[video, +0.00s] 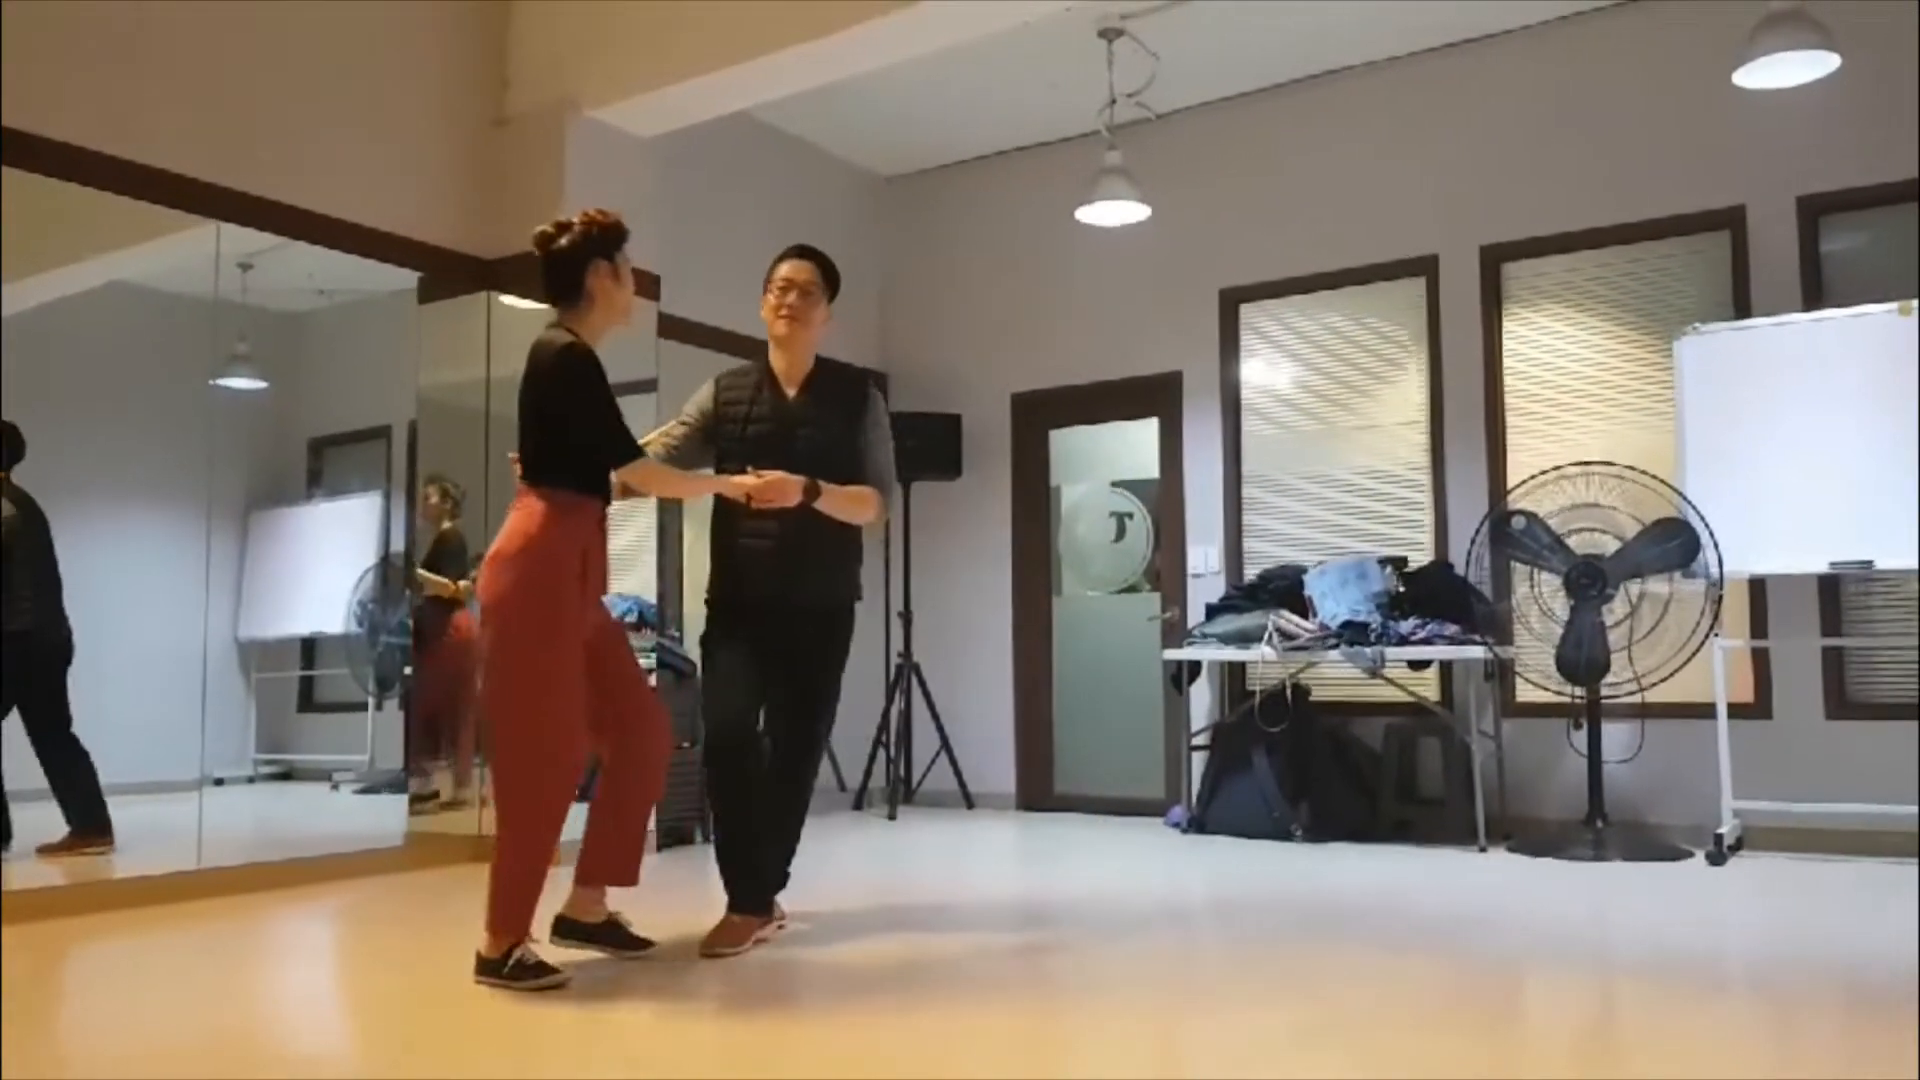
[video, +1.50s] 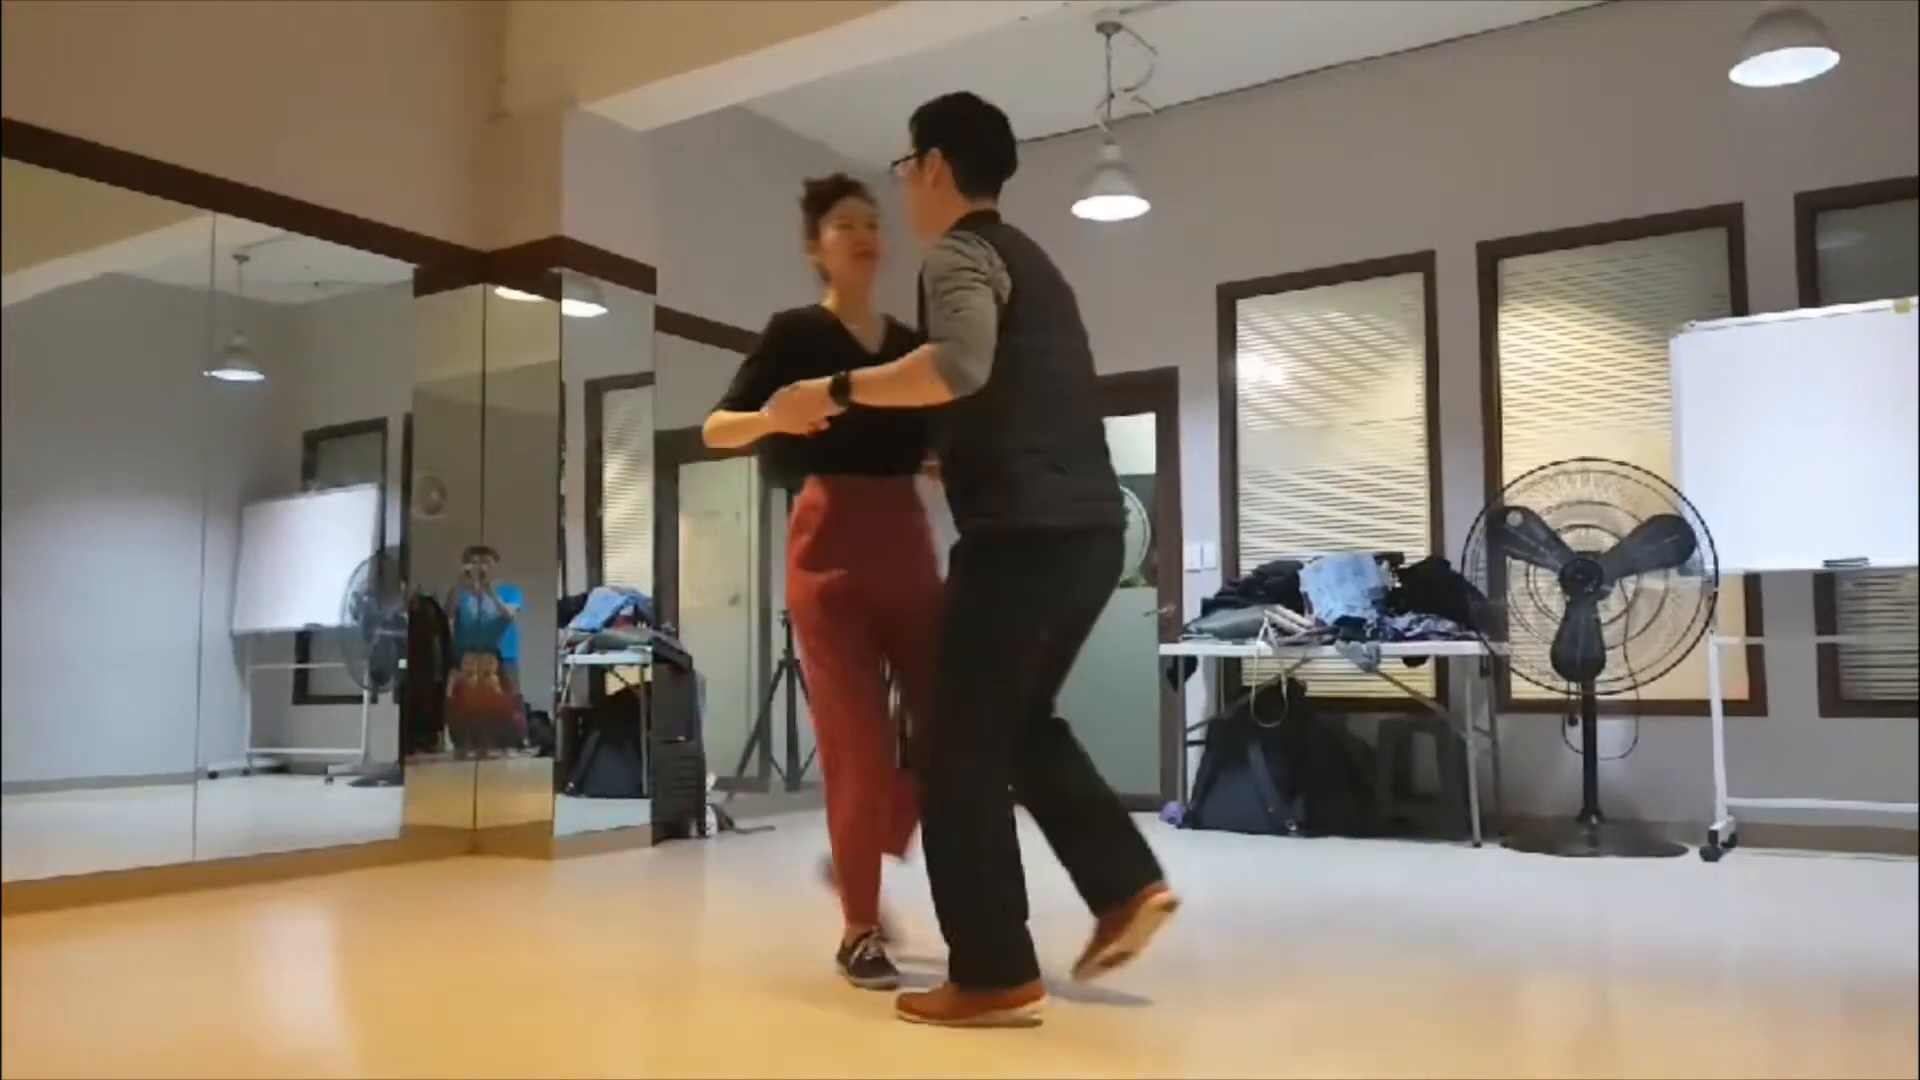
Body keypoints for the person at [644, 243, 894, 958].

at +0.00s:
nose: (785, 298)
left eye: (801, 290)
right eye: (777, 287)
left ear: (827, 309)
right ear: (762, 301)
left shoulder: (858, 396)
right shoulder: (727, 390)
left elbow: (875, 505)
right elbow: (647, 468)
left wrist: (807, 489)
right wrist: (559, 466)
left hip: (819, 605)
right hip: (737, 600)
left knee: (794, 747)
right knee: (725, 735)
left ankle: (761, 897)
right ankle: (745, 902)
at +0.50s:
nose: (750, 277)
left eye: (767, 264)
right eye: (748, 266)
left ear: (818, 275)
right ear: (757, 282)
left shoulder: (876, 368)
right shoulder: (754, 371)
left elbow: (926, 474)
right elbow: (726, 472)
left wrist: (842, 481)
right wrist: (645, 475)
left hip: (867, 595)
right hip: (782, 594)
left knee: (870, 754)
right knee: (754, 752)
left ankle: (901, 922)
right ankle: (749, 910)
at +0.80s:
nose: (807, 253)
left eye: (821, 238)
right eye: (807, 241)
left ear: (874, 243)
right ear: (840, 252)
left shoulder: (944, 331)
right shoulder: (835, 359)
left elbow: (1011, 437)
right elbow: (769, 452)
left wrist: (902, 457)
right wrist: (687, 474)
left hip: (960, 574)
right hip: (886, 574)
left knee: (925, 741)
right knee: (840, 730)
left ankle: (928, 936)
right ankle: (874, 897)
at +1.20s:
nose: (860, 242)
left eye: (873, 225)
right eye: (863, 227)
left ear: (921, 234)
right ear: (909, 238)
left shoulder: (988, 322)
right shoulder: (905, 358)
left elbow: (1059, 431)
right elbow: (841, 458)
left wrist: (939, 460)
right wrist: (763, 478)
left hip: (1016, 582)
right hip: (970, 585)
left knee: (918, 747)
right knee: (931, 745)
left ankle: (998, 964)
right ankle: (968, 927)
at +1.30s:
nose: (864, 218)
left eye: (874, 200)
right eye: (868, 203)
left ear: (915, 206)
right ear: (920, 210)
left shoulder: (970, 290)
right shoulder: (937, 308)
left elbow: (1033, 400)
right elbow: (952, 420)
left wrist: (908, 432)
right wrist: (881, 453)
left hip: (1021, 565)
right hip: (990, 565)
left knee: (941, 744)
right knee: (942, 738)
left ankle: (1002, 970)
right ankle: (977, 915)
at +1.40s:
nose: (886, 194)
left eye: (891, 177)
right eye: (889, 178)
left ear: (923, 176)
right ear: (969, 182)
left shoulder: (956, 259)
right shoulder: (1007, 266)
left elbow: (980, 363)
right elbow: (1009, 406)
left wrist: (851, 397)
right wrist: (907, 460)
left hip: (1019, 538)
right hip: (1066, 531)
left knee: (956, 740)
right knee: (1001, 719)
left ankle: (995, 970)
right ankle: (1086, 895)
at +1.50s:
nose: (903, 184)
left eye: (908, 167)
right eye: (906, 168)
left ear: (938, 167)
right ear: (991, 173)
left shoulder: (962, 252)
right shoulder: (1031, 260)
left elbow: (961, 366)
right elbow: (1038, 398)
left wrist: (839, 389)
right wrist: (944, 455)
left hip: (1023, 533)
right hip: (1087, 526)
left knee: (961, 743)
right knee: (1017, 720)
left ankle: (993, 974)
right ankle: (1128, 887)